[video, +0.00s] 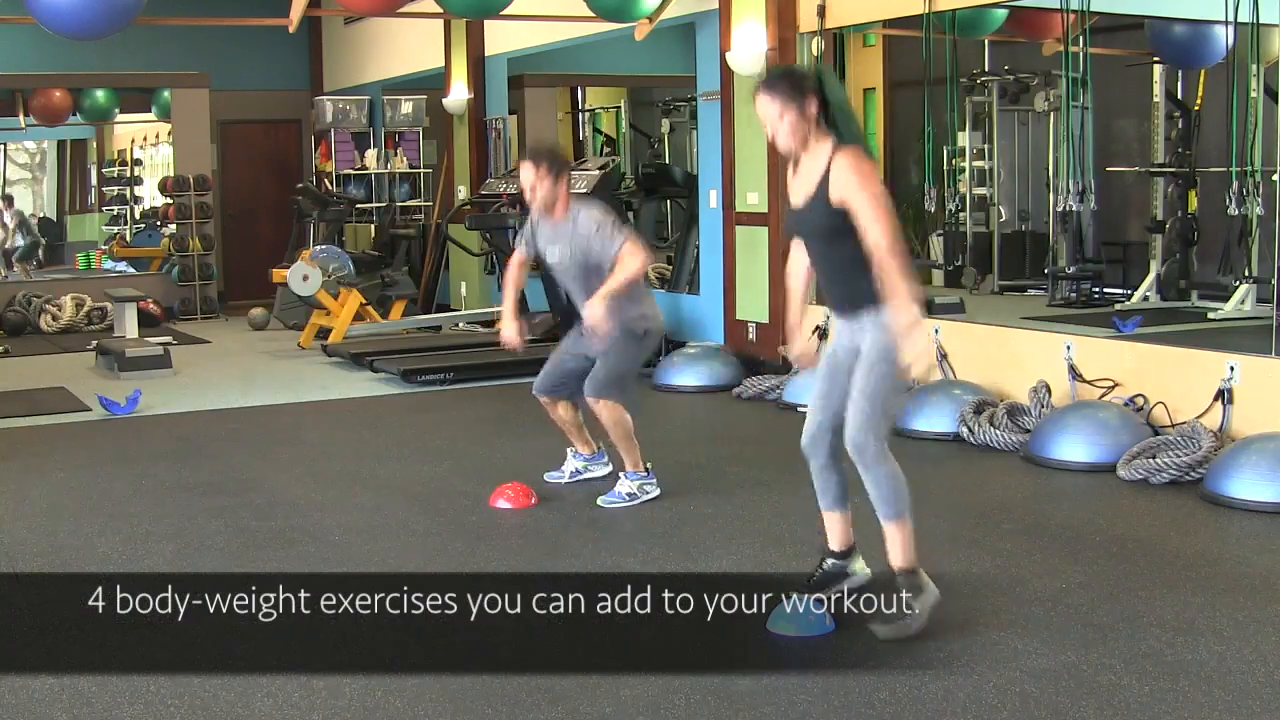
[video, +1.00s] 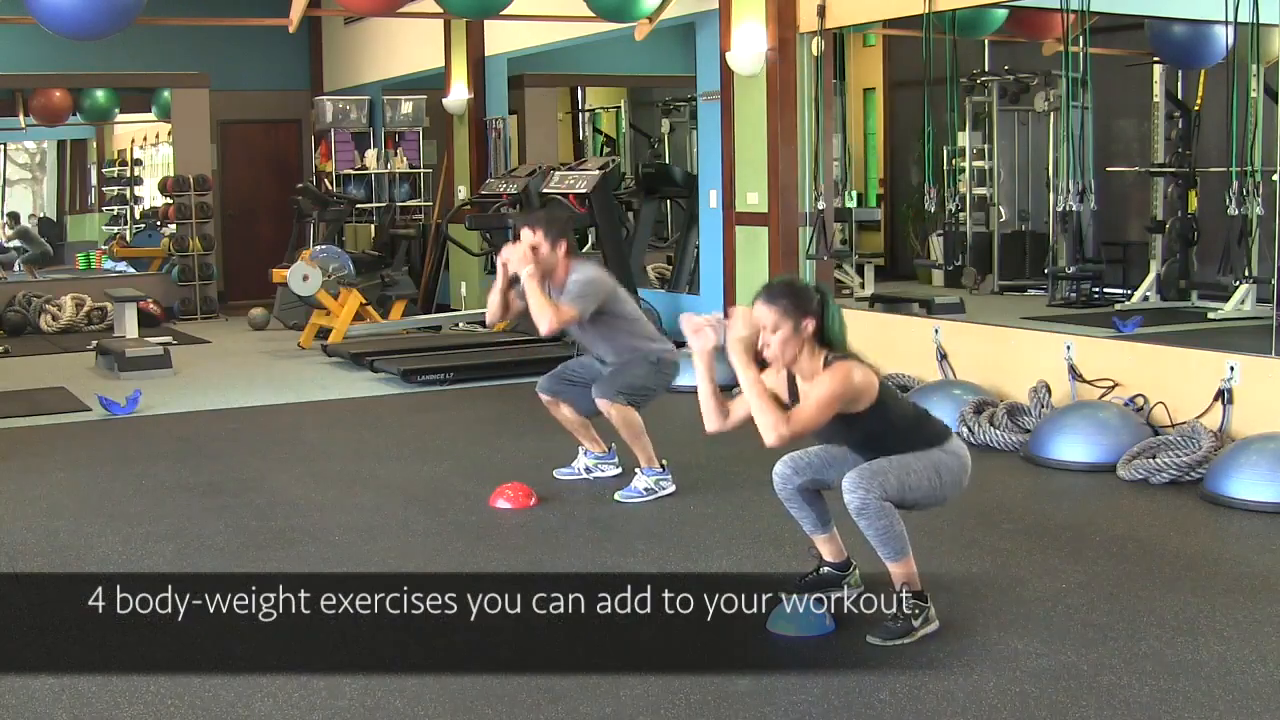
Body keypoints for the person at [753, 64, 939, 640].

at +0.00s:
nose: (770, 129)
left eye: (776, 116)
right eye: (765, 118)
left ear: (809, 108)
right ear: (775, 117)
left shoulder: (848, 165)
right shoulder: (795, 169)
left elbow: (887, 249)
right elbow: (804, 247)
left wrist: (912, 327)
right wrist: (796, 322)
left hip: (885, 320)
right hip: (843, 324)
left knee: (864, 439)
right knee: (818, 440)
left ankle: (909, 578)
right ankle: (843, 557)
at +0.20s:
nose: (768, 118)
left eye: (774, 105)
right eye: (762, 108)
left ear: (807, 94)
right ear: (763, 106)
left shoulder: (852, 149)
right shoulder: (786, 157)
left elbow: (929, 195)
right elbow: (813, 231)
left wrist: (993, 231)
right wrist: (815, 305)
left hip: (870, 309)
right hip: (826, 315)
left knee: (821, 421)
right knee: (818, 427)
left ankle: (843, 558)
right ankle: (834, 553)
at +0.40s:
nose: (770, 129)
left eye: (776, 116)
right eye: (763, 120)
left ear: (807, 104)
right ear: (761, 118)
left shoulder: (846, 159)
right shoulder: (789, 165)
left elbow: (907, 229)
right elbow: (801, 248)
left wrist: (914, 308)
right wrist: (776, 316)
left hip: (867, 318)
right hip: (827, 322)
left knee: (825, 426)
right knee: (814, 432)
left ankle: (870, 558)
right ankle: (841, 554)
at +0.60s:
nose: (765, 181)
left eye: (770, 168)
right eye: (761, 170)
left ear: (803, 159)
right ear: (779, 167)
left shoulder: (844, 213)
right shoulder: (788, 221)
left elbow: (825, 284)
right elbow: (750, 294)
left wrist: (749, 237)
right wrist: (711, 252)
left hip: (900, 363)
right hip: (853, 367)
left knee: (856, 472)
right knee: (792, 459)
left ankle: (913, 595)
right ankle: (835, 562)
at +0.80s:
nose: (760, 306)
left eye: (768, 294)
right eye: (757, 296)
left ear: (803, 292)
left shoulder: (838, 340)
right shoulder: (781, 345)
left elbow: (772, 396)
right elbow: (713, 397)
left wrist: (750, 319)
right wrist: (714, 324)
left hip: (931, 445)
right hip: (874, 445)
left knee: (855, 487)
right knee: (784, 472)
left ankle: (914, 602)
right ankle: (837, 566)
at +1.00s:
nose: (762, 344)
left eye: (771, 332)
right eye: (759, 334)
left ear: (807, 327)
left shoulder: (843, 376)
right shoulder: (779, 377)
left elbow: (777, 434)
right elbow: (717, 420)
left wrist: (740, 357)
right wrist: (702, 356)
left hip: (941, 458)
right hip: (880, 457)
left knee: (862, 486)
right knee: (788, 472)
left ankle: (914, 601)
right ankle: (837, 566)